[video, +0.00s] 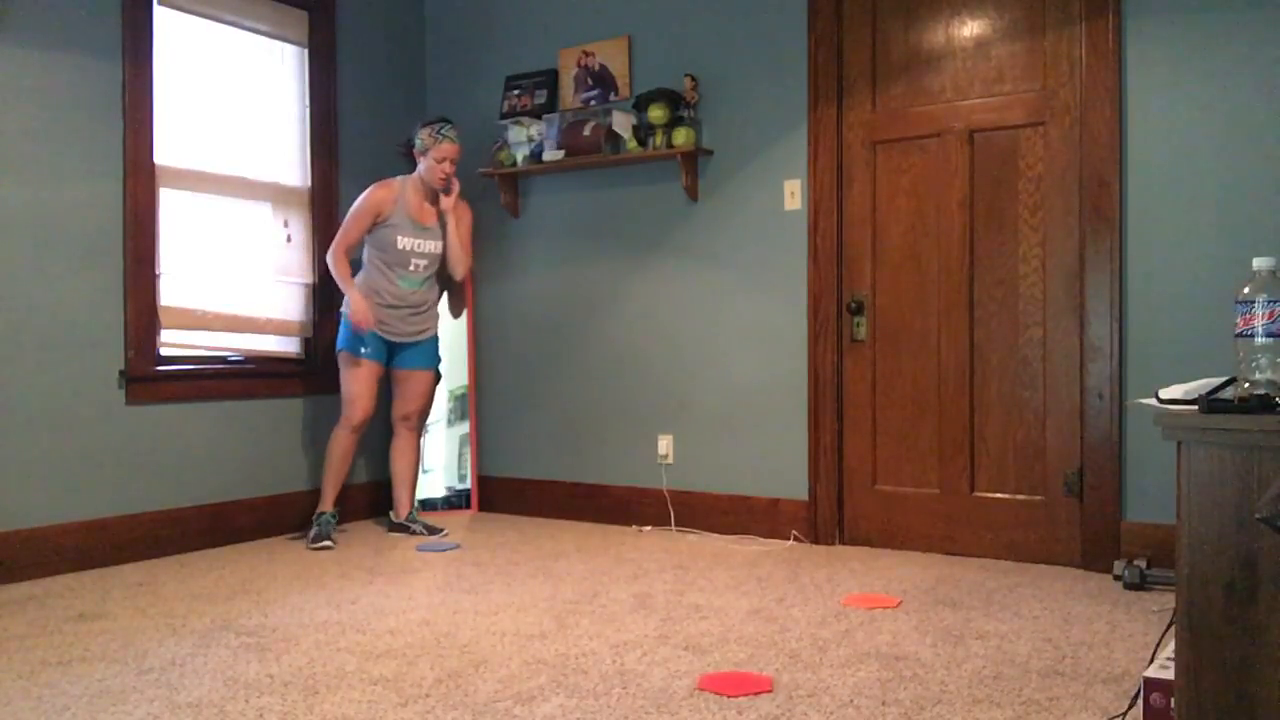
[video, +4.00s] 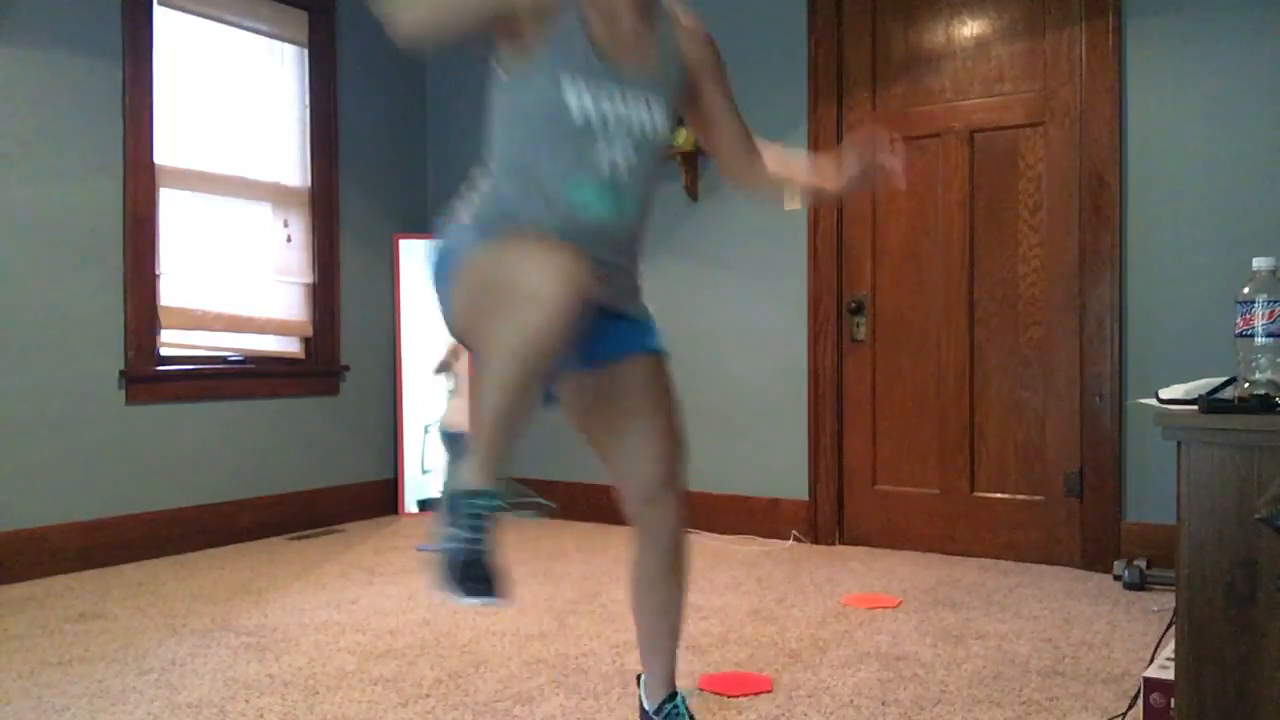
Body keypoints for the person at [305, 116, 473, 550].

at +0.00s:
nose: (448, 170)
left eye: (454, 162)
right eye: (441, 161)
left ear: (458, 162)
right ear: (418, 156)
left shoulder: (457, 210)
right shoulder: (383, 195)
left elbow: (459, 271)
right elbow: (336, 253)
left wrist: (449, 214)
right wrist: (353, 296)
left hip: (420, 330)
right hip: (367, 323)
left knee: (409, 420)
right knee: (356, 415)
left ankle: (402, 515)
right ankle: (326, 513)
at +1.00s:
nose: (464, 209)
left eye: (469, 202)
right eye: (456, 200)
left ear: (471, 207)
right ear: (430, 202)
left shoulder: (465, 256)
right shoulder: (388, 232)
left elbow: (471, 318)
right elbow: (326, 256)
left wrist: (476, 333)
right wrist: (303, 308)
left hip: (401, 339)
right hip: (347, 327)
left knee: (427, 418)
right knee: (356, 423)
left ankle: (427, 514)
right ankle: (346, 511)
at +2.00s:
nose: (710, 152)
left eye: (711, 143)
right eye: (699, 144)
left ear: (711, 152)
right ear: (670, 153)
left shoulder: (702, 221)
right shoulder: (640, 206)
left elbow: (696, 290)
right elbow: (594, 275)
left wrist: (720, 324)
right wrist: (617, 333)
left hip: (677, 346)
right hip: (631, 340)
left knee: (718, 436)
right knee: (697, 431)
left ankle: (619, 466)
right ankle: (682, 536)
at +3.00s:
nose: (864, 56)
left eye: (874, 46)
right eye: (853, 41)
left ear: (879, 53)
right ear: (822, 40)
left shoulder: (844, 124)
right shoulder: (796, 108)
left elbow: (813, 229)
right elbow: (738, 205)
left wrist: (851, 274)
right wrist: (739, 293)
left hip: (820, 306)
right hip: (765, 301)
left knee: (886, 413)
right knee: (782, 452)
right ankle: (743, 594)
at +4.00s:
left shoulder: (682, 38)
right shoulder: (535, 11)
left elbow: (744, 161)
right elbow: (409, 24)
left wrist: (837, 169)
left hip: (604, 292)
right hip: (492, 258)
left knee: (658, 496)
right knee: (557, 275)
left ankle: (660, 698)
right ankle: (473, 496)